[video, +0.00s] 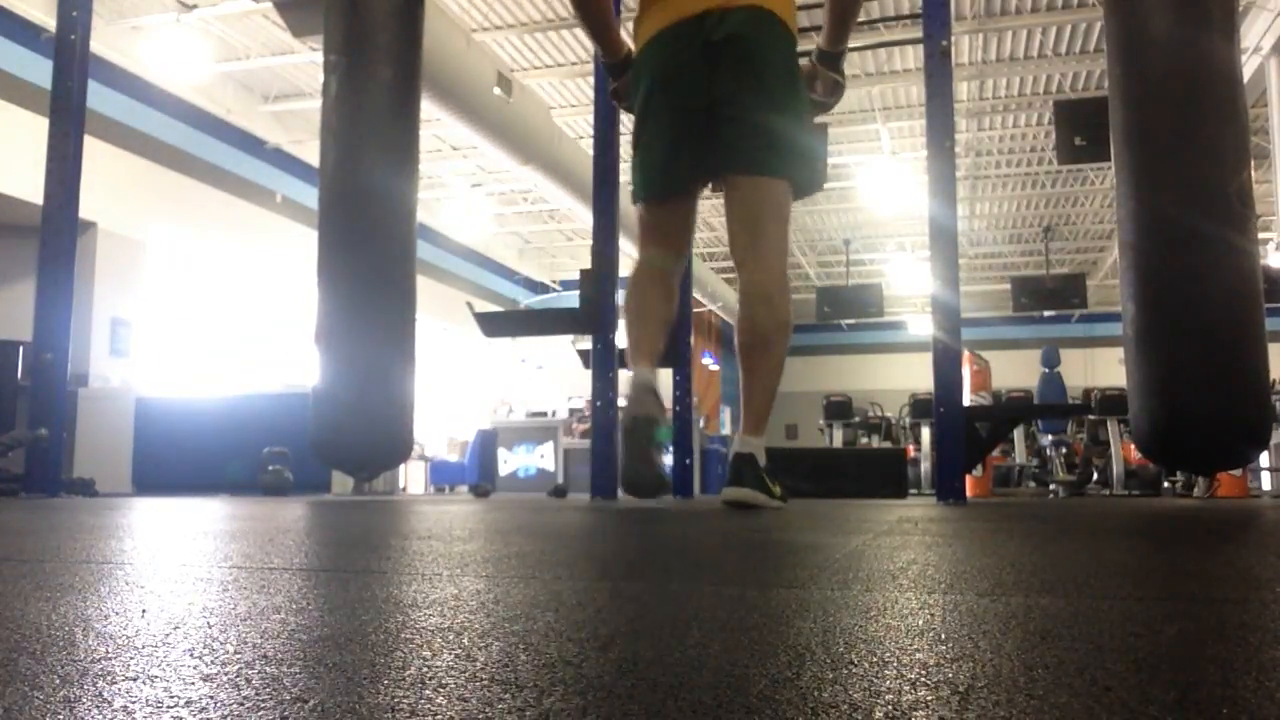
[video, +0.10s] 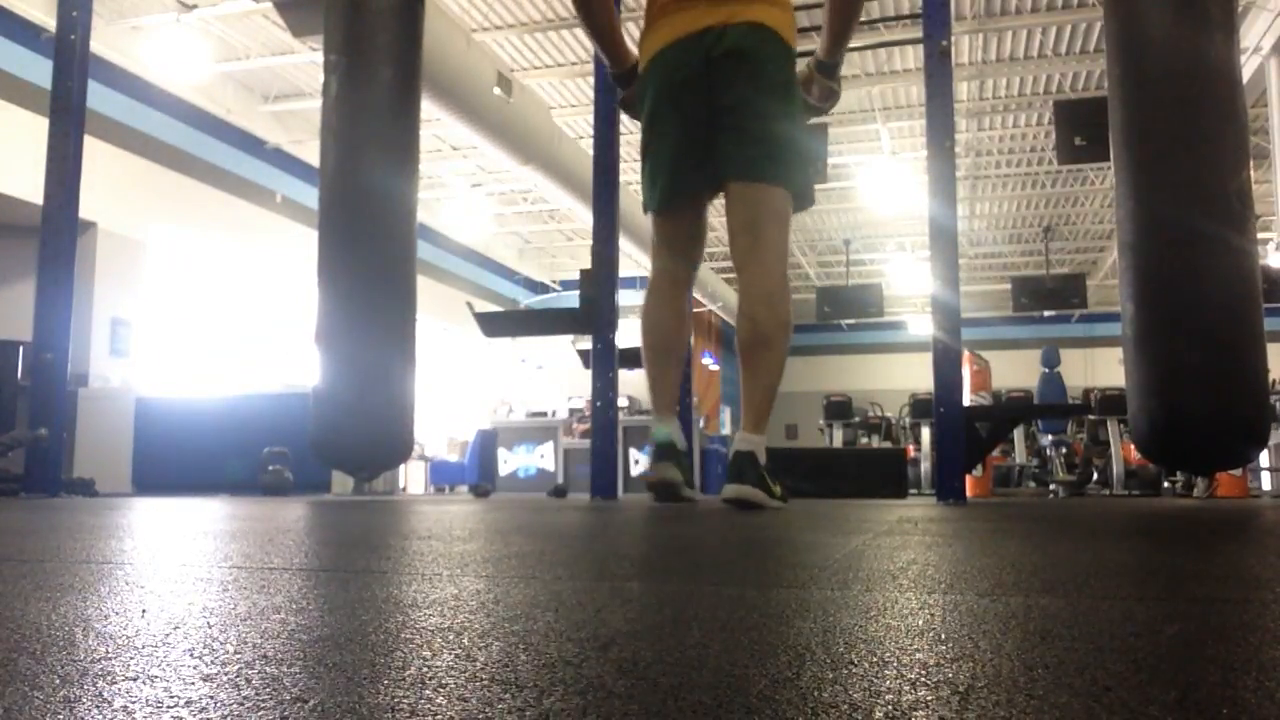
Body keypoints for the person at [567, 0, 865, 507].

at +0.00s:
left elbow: (588, 1)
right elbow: (845, 2)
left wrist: (618, 60)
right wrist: (830, 60)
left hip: (664, 44)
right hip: (762, 40)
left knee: (660, 253)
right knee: (762, 262)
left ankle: (641, 390)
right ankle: (749, 454)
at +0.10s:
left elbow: (590, 2)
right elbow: (846, 1)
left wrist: (626, 71)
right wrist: (827, 64)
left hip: (668, 55)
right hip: (760, 47)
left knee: (671, 263)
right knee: (762, 260)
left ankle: (666, 443)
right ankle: (749, 450)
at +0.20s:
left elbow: (590, 9)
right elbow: (842, 4)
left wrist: (638, 79)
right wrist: (827, 82)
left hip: (668, 71)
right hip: (754, 60)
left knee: (676, 279)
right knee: (760, 267)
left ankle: (687, 453)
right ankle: (749, 446)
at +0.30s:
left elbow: (593, 30)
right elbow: (831, 17)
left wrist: (654, 79)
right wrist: (831, 109)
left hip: (662, 95)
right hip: (740, 85)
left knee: (681, 292)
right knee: (760, 277)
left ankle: (696, 461)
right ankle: (749, 441)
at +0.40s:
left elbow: (599, 48)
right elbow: (816, 25)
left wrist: (664, 70)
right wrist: (839, 120)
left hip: (654, 111)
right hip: (734, 103)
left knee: (677, 301)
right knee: (773, 290)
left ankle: (695, 458)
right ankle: (753, 394)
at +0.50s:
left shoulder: (619, 1)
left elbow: (615, 58)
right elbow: (801, 24)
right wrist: (848, 116)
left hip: (644, 117)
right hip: (722, 110)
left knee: (668, 295)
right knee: (751, 291)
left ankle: (692, 450)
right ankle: (768, 426)